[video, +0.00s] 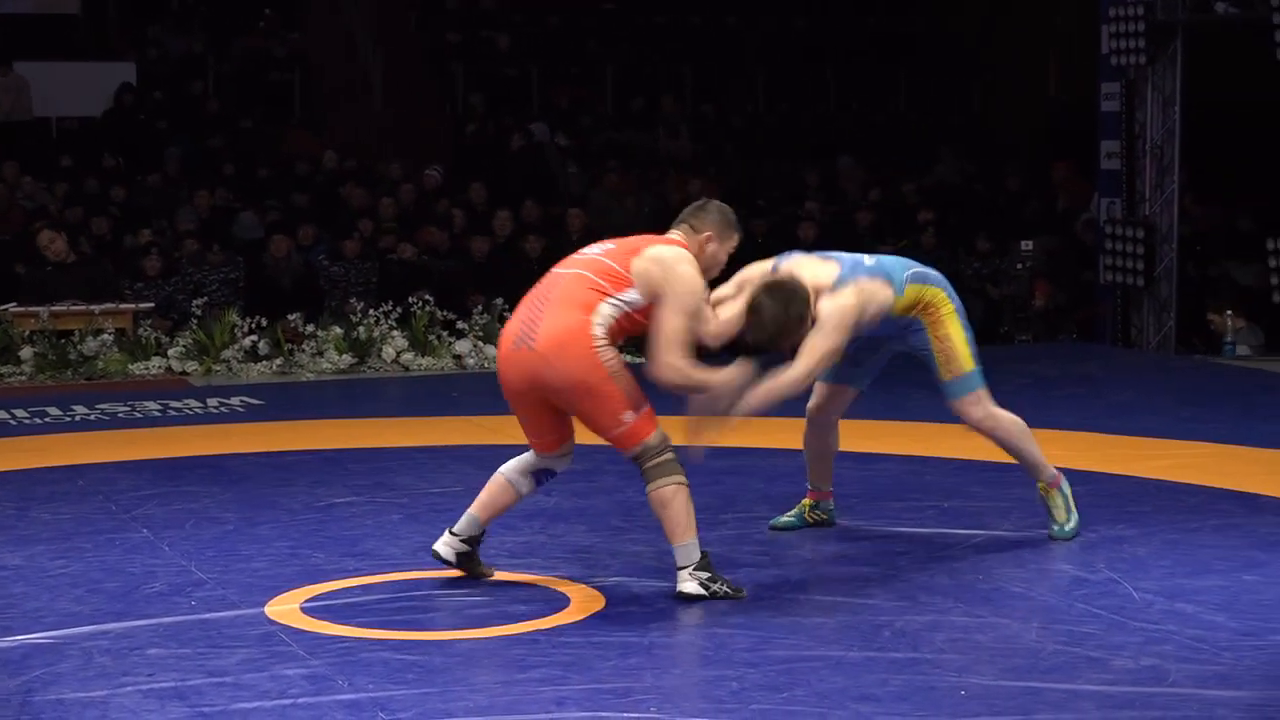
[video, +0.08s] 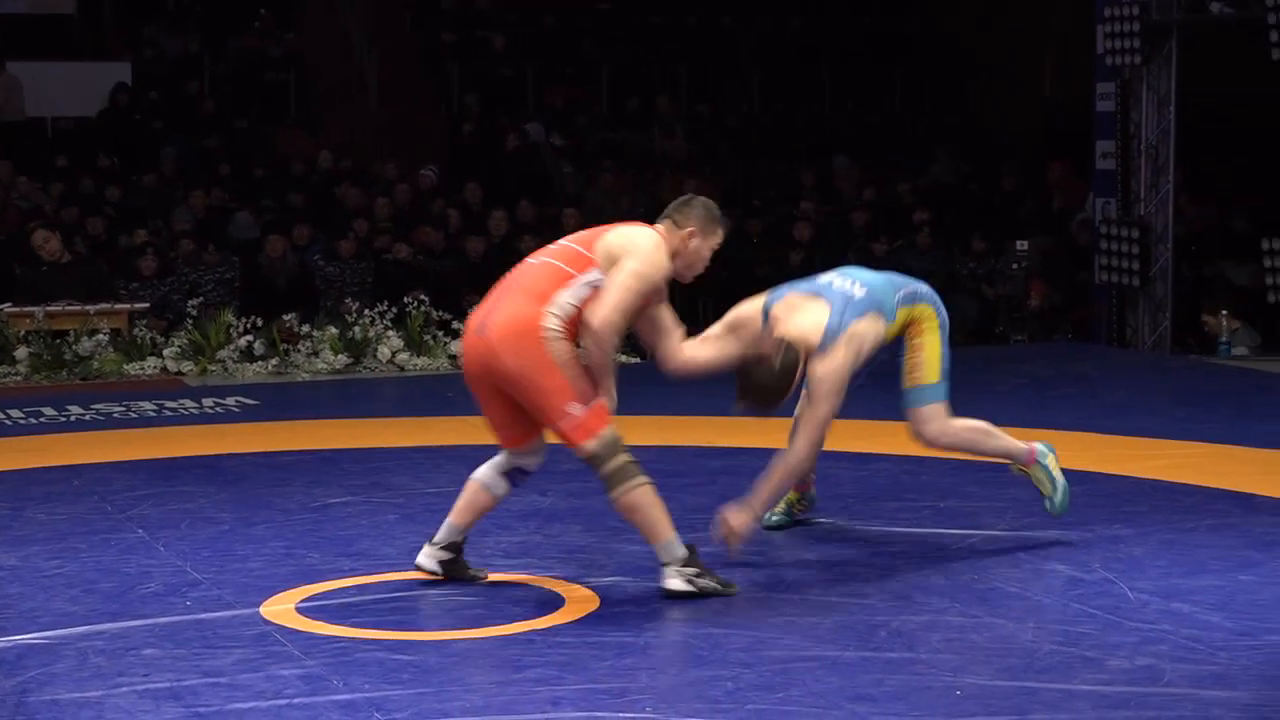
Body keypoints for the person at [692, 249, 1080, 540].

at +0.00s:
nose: (785, 353)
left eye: (784, 346)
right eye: (770, 349)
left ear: (797, 322)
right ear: (759, 310)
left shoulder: (838, 305)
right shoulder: (761, 277)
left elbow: (799, 373)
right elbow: (749, 360)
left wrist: (737, 410)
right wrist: (703, 412)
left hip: (925, 303)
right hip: (870, 318)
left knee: (977, 411)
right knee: (820, 410)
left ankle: (1051, 481)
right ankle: (819, 502)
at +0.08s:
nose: (776, 410)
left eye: (775, 403)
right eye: (763, 402)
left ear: (789, 374)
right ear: (743, 361)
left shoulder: (826, 359)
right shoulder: (743, 320)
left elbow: (804, 443)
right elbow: (676, 356)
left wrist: (749, 509)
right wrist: (640, 293)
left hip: (911, 304)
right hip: (848, 292)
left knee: (931, 427)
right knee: (807, 398)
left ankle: (1030, 455)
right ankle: (801, 496)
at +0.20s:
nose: (747, 455)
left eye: (750, 449)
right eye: (737, 449)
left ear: (776, 426)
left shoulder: (823, 420)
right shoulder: (738, 379)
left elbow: (823, 512)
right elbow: (666, 416)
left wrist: (774, 563)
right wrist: (623, 468)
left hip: (916, 358)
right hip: (863, 337)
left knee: (894, 473)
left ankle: (1009, 501)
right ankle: (817, 462)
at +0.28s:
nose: (729, 448)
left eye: (737, 440)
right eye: (724, 439)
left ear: (768, 427)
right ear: (722, 425)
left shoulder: (817, 429)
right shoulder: (733, 422)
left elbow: (822, 520)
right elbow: (689, 490)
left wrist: (774, 562)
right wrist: (652, 561)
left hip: (915, 428)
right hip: (866, 421)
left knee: (879, 546)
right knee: (790, 484)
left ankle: (995, 539)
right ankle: (875, 487)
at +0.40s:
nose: (743, 401)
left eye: (752, 391)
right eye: (740, 391)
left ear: (788, 390)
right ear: (743, 392)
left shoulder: (834, 417)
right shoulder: (759, 422)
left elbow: (832, 509)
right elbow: (711, 484)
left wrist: (779, 559)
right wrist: (672, 555)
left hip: (927, 487)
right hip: (876, 485)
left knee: (858, 558)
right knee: (791, 528)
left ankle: (962, 549)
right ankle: (901, 531)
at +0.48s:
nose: (756, 384)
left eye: (764, 373)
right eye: (754, 373)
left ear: (801, 372)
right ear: (796, 374)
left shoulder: (855, 401)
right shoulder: (781, 400)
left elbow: (880, 489)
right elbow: (768, 468)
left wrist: (838, 557)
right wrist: (755, 539)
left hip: (937, 476)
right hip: (889, 468)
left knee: (869, 552)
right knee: (803, 528)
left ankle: (972, 551)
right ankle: (902, 518)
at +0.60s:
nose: (767, 373)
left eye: (776, 363)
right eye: (764, 363)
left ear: (811, 360)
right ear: (807, 362)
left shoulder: (862, 391)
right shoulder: (796, 390)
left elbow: (874, 486)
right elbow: (791, 463)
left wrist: (850, 561)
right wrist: (796, 539)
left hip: (960, 437)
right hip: (907, 437)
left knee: (899, 519)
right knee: (823, 485)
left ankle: (1010, 540)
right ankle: (889, 515)